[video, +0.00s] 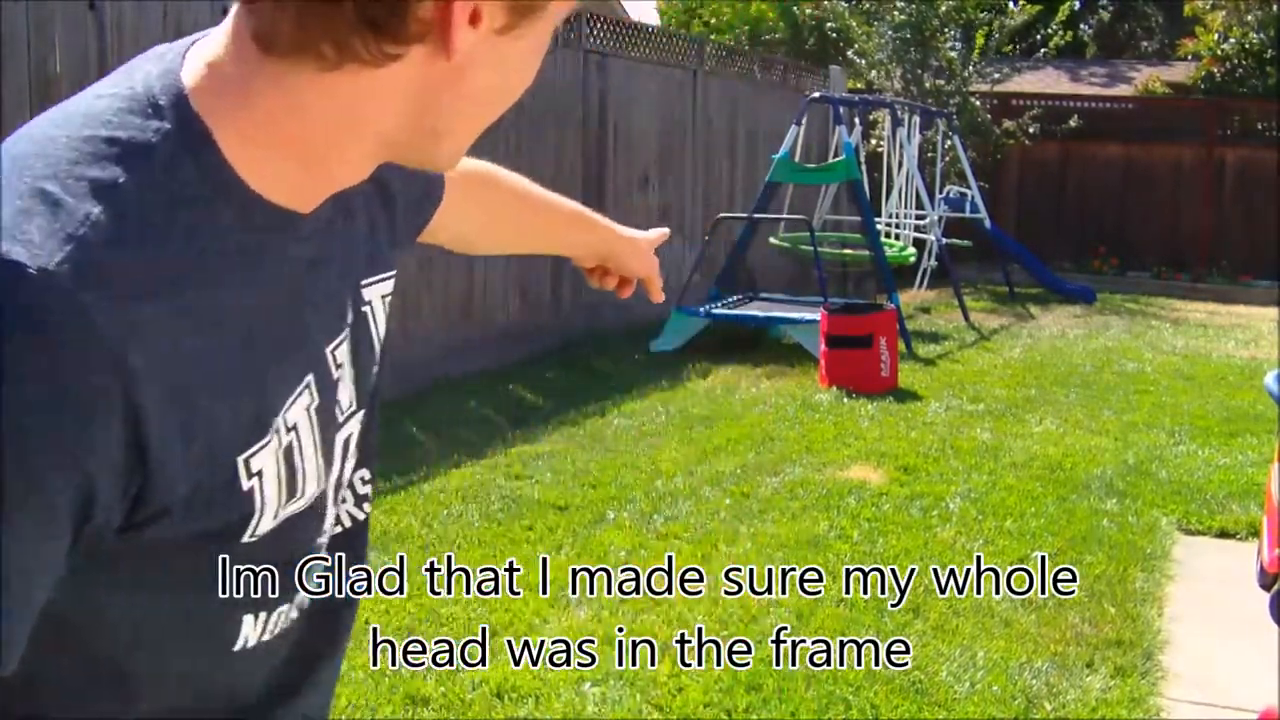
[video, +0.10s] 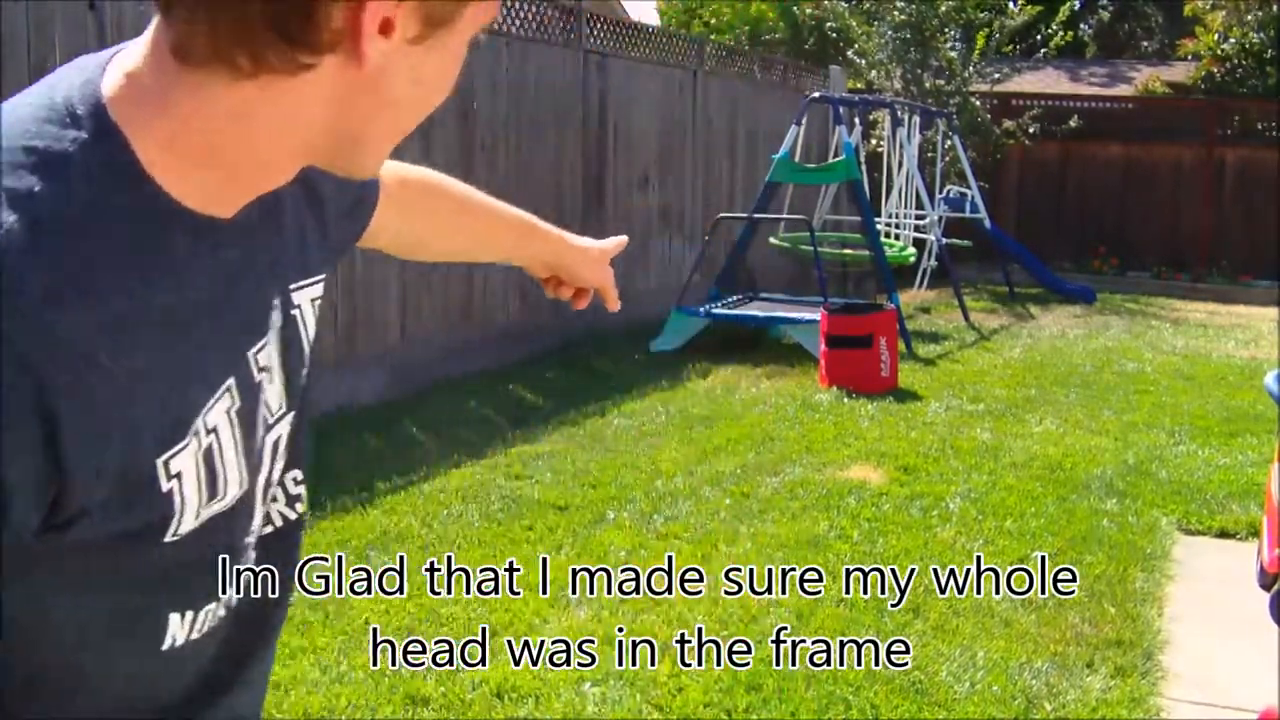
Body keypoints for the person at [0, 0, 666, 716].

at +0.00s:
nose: (535, 67)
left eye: (556, 32)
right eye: (552, 31)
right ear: (471, 19)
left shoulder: (350, 161)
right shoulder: (46, 292)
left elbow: (462, 197)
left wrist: (599, 239)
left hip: (284, 690)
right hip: (111, 703)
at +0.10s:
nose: (454, 77)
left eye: (469, 41)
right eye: (466, 39)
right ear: (380, 28)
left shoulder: (290, 166)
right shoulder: (20, 257)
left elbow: (394, 202)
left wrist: (548, 247)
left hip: (223, 692)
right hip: (62, 700)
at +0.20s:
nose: (379, 86)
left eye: (395, 42)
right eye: (391, 38)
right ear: (300, 28)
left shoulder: (215, 173)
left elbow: (313, 215)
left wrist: (491, 285)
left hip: (162, 689)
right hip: (42, 699)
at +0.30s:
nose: (318, 88)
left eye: (332, 44)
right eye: (328, 42)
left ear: (231, 27)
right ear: (233, 26)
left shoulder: (164, 179)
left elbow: (236, 238)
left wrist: (413, 359)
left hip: (131, 689)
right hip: (30, 700)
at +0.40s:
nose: (277, 80)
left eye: (288, 36)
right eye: (282, 32)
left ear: (178, 18)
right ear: (178, 18)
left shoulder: (142, 182)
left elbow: (173, 270)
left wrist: (317, 412)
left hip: (110, 689)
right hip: (21, 699)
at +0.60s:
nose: (228, 65)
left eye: (234, 18)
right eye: (226, 14)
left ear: (116, 7)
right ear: (116, 5)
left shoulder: (113, 169)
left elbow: (115, 319)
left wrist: (191, 457)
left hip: (85, 684)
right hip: (22, 693)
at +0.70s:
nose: (219, 63)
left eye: (222, 16)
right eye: (213, 12)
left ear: (103, 7)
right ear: (103, 4)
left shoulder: (105, 161)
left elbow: (113, 347)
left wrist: (178, 472)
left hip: (85, 683)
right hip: (23, 693)